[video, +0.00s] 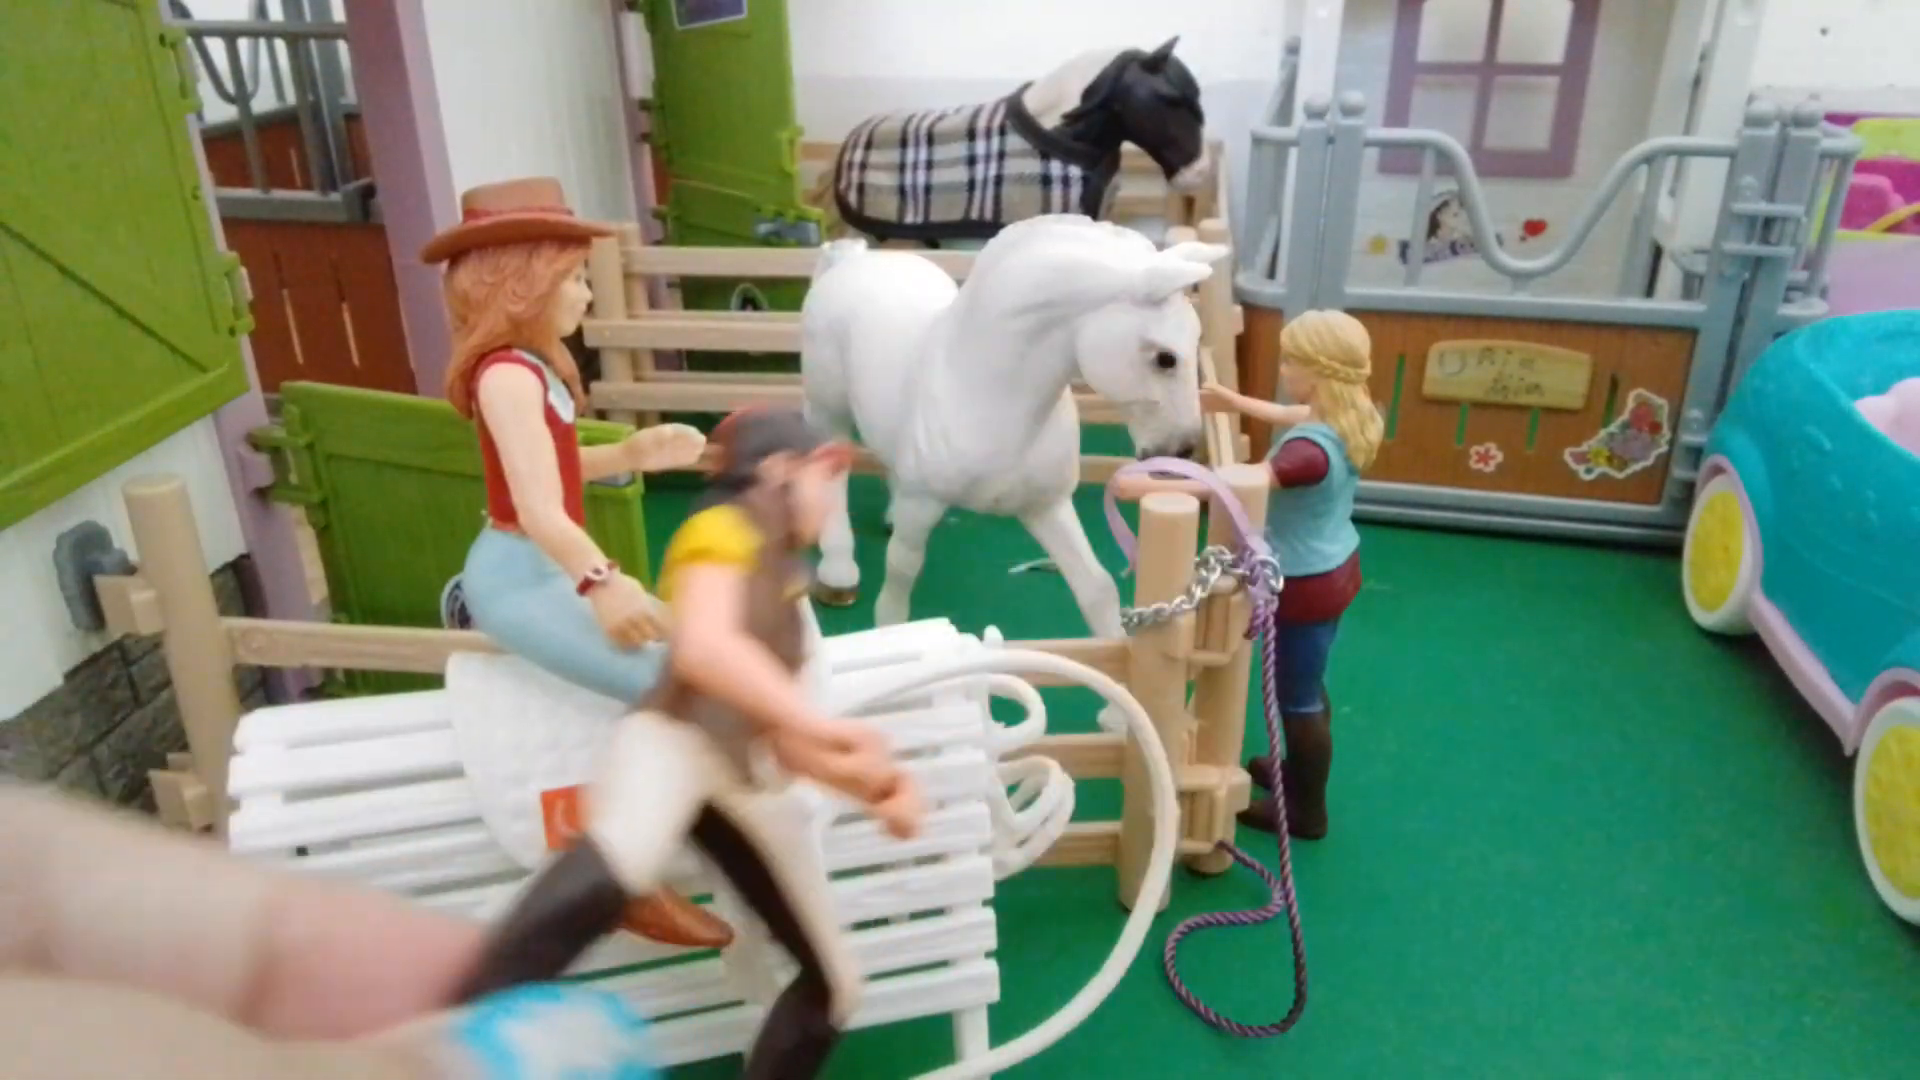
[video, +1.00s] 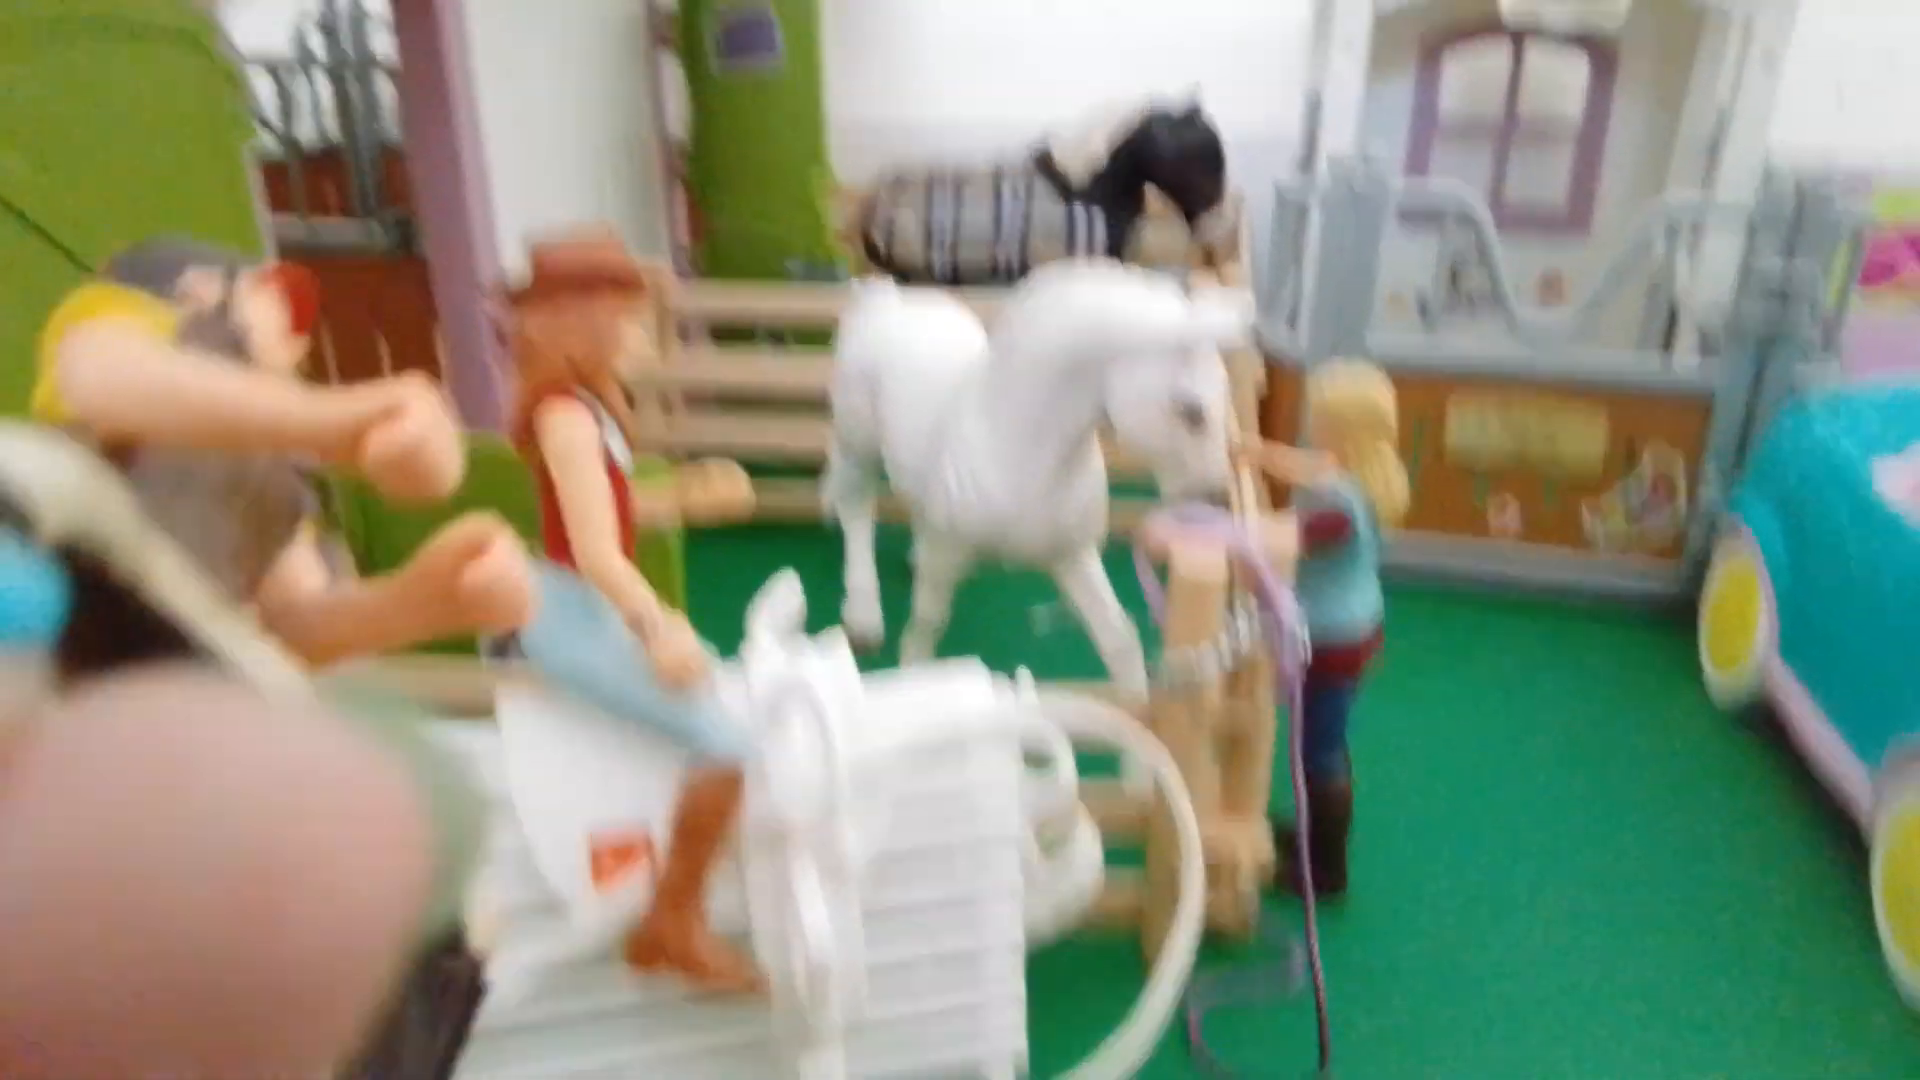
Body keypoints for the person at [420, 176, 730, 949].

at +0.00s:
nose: (587, 295)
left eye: (584, 277)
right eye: (575, 278)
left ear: (531, 288)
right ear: (527, 286)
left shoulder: (539, 368)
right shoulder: (510, 378)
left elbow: (556, 467)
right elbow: (538, 513)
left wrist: (634, 454)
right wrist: (605, 583)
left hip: (545, 564)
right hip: (516, 576)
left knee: (689, 665)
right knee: (682, 685)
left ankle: (636, 869)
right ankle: (630, 870)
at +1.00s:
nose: (631, 328)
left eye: (631, 311)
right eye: (618, 310)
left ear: (613, 317)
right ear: (565, 317)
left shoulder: (591, 406)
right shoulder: (565, 414)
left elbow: (612, 510)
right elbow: (594, 551)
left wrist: (686, 496)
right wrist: (659, 626)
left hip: (600, 619)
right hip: (571, 627)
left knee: (732, 722)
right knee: (724, 739)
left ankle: (676, 916)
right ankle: (674, 919)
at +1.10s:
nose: (659, 512)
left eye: (657, 493)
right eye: (649, 492)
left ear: (628, 497)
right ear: (612, 496)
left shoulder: (616, 582)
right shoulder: (592, 584)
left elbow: (624, 681)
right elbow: (609, 729)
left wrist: (696, 663)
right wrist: (669, 801)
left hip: (610, 781)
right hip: (582, 789)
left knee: (745, 881)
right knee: (731, 915)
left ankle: (687, 1051)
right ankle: (679, 1066)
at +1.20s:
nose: (664, 633)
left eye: (664, 617)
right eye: (656, 616)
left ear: (627, 618)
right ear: (618, 619)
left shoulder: (618, 703)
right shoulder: (591, 712)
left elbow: (629, 780)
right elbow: (614, 845)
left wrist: (698, 770)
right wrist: (668, 918)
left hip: (628, 891)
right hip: (592, 910)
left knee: (727, 938)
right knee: (733, 1022)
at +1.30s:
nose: (677, 651)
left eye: (674, 638)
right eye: (667, 640)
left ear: (626, 649)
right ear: (629, 648)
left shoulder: (633, 719)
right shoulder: (607, 735)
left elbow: (638, 794)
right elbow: (629, 856)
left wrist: (708, 782)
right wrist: (683, 927)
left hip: (639, 884)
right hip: (607, 911)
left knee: (743, 939)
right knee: (752, 1029)